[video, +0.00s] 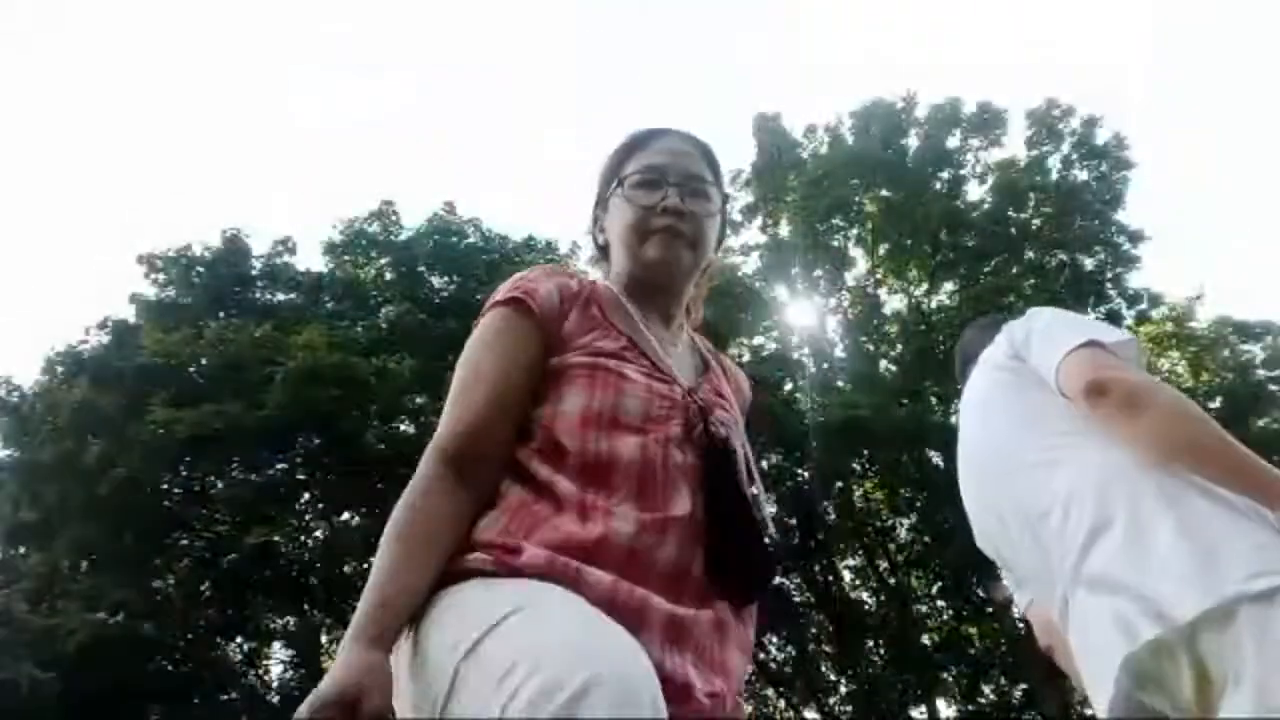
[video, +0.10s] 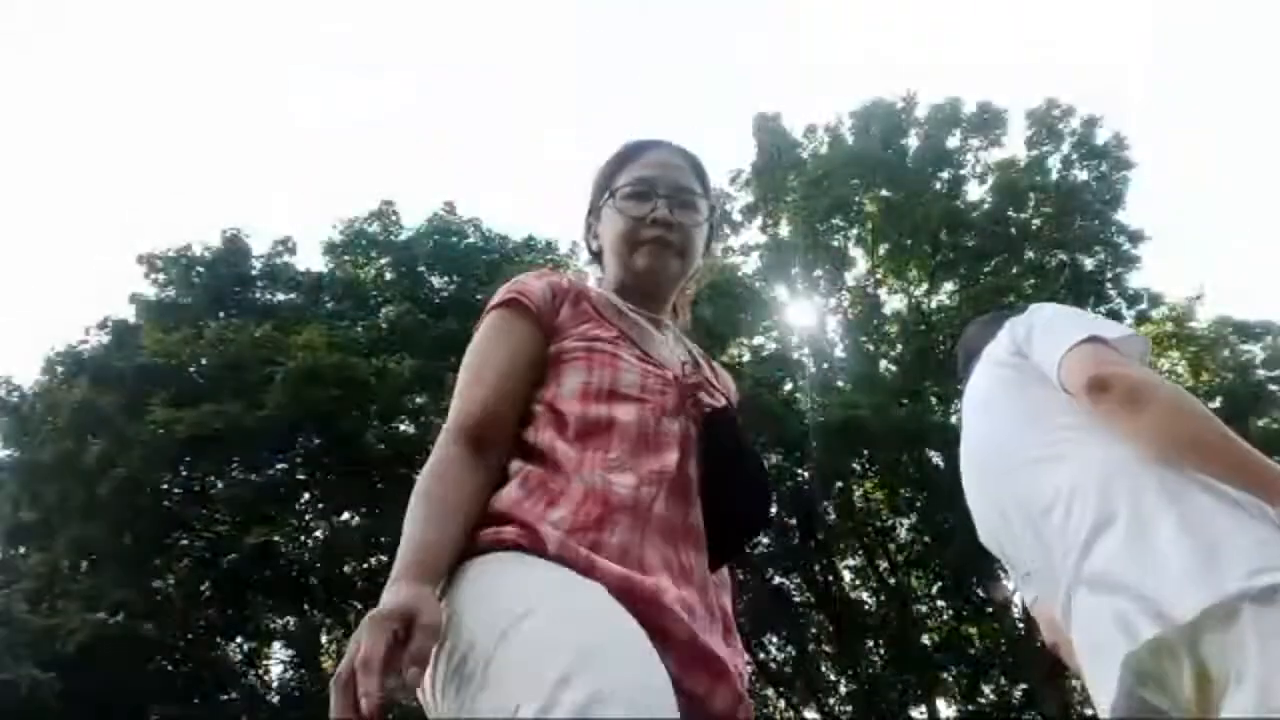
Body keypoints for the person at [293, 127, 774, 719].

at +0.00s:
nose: (673, 200)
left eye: (697, 189)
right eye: (648, 183)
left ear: (721, 233)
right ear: (604, 218)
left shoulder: (728, 382)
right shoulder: (549, 301)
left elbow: (719, 534)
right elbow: (454, 470)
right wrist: (365, 645)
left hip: (686, 673)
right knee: (605, 685)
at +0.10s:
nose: (662, 211)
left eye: (685, 201)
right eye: (639, 193)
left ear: (706, 242)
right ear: (596, 225)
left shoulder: (713, 379)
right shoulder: (549, 298)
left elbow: (716, 533)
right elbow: (470, 444)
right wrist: (412, 584)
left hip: (689, 626)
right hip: (538, 575)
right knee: (609, 695)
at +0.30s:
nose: (642, 275)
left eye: (662, 264)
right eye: (620, 260)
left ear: (686, 296)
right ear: (584, 290)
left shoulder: (694, 415)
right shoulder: (554, 355)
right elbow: (490, 479)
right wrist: (480, 555)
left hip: (690, 645)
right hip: (561, 607)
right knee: (611, 705)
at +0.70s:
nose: (630, 295)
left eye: (648, 286)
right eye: (609, 282)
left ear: (668, 318)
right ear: (576, 310)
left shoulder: (678, 435)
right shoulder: (552, 360)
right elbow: (507, 460)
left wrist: (773, 669)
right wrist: (522, 554)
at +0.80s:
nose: (629, 292)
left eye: (646, 283)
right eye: (608, 279)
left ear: (663, 315)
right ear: (573, 306)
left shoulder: (662, 420)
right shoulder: (552, 352)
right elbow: (509, 445)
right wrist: (529, 549)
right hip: (581, 613)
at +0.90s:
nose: (626, 290)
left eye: (643, 282)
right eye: (604, 277)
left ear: (660, 315)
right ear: (569, 304)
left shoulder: (655, 420)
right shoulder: (547, 348)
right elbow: (509, 442)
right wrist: (536, 552)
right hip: (568, 615)